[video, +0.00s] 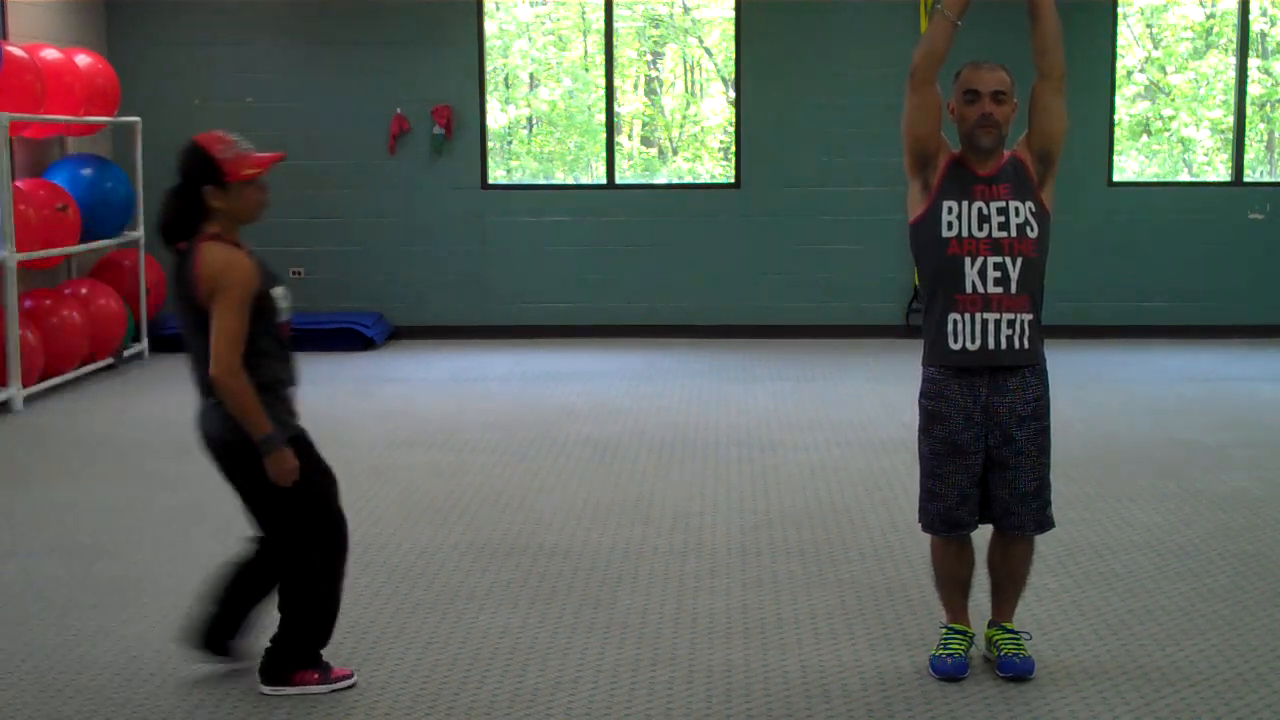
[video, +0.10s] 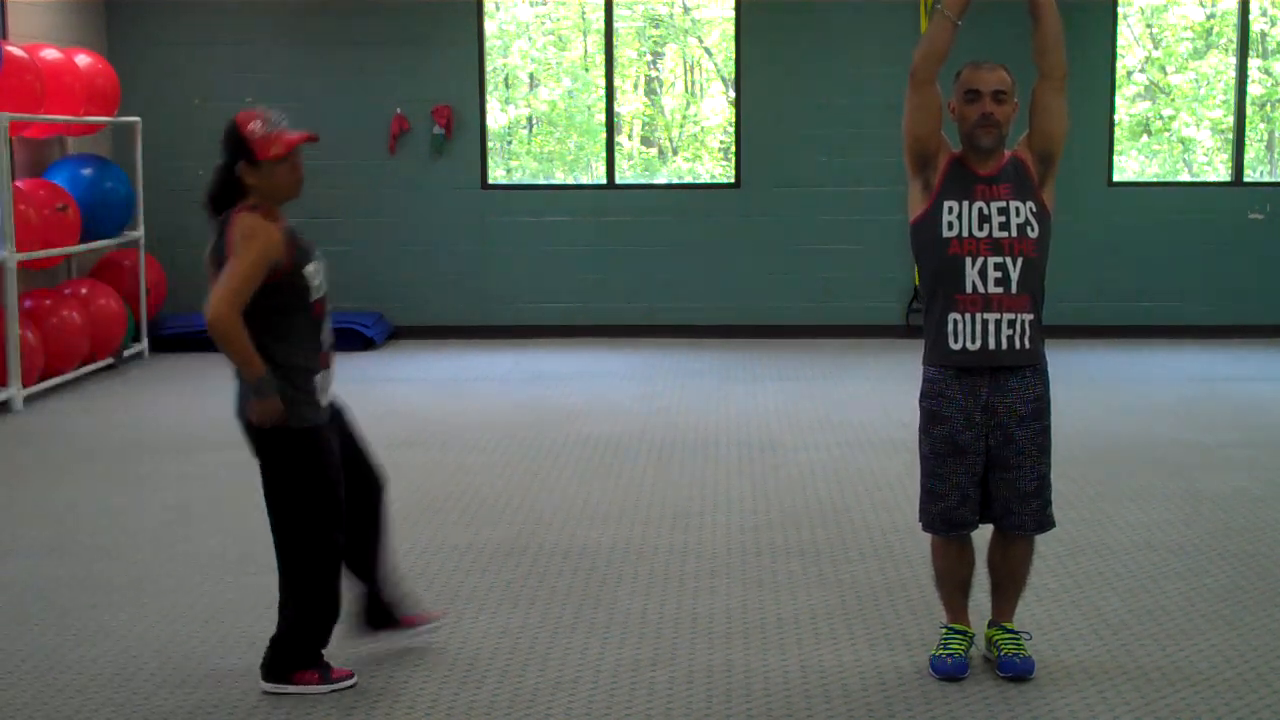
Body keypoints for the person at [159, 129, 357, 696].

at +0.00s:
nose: (263, 191)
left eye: (260, 181)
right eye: (250, 184)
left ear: (217, 194)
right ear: (215, 195)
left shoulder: (204, 254)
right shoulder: (231, 264)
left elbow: (219, 356)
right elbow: (225, 369)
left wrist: (272, 412)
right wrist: (271, 443)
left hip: (233, 424)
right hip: (255, 428)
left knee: (288, 532)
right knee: (322, 532)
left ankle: (219, 630)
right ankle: (293, 661)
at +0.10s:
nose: (298, 168)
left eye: (296, 157)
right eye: (285, 161)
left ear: (261, 172)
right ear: (251, 174)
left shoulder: (263, 221)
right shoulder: (255, 231)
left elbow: (230, 297)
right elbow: (220, 312)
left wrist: (306, 354)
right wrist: (261, 382)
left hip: (305, 399)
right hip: (283, 407)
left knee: (362, 491)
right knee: (311, 532)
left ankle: (377, 608)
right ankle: (292, 662)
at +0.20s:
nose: (324, 134)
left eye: (325, 122)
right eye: (309, 126)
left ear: (326, 129)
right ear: (278, 139)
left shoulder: (314, 188)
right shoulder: (282, 200)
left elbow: (304, 264)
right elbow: (214, 253)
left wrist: (332, 323)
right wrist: (243, 323)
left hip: (349, 369)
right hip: (309, 384)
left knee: (405, 475)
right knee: (319, 509)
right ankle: (308, 637)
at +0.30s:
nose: (346, 127)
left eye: (350, 115)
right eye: (330, 118)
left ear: (357, 122)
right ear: (304, 132)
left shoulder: (351, 181)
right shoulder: (304, 197)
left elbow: (338, 258)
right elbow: (228, 251)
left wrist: (359, 320)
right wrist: (263, 324)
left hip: (387, 369)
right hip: (334, 386)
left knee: (444, 470)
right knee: (344, 515)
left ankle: (520, 570)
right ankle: (359, 637)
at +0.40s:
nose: (360, 149)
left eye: (368, 138)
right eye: (346, 141)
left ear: (382, 146)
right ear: (327, 153)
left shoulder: (394, 207)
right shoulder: (322, 223)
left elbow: (439, 245)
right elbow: (269, 306)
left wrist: (458, 285)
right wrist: (332, 366)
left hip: (429, 395)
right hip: (365, 411)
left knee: (487, 505)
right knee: (376, 537)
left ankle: (524, 628)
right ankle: (376, 644)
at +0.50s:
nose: (378, 170)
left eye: (387, 159)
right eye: (365, 162)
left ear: (404, 167)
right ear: (350, 176)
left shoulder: (432, 229)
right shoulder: (343, 248)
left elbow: (503, 260)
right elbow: (339, 342)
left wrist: (507, 271)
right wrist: (415, 342)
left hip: (455, 410)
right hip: (388, 422)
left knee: (493, 531)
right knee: (405, 545)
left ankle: (512, 640)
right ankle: (382, 643)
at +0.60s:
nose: (397, 174)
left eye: (407, 163)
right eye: (385, 166)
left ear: (425, 172)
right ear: (372, 180)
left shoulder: (451, 229)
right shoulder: (361, 240)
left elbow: (526, 243)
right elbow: (373, 288)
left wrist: (480, 214)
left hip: (471, 413)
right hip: (399, 420)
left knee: (500, 533)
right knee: (400, 541)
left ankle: (513, 642)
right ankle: (424, 636)